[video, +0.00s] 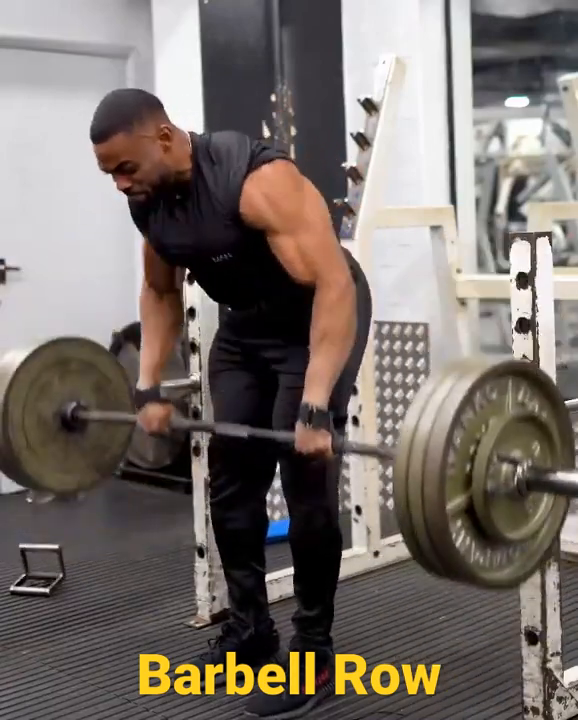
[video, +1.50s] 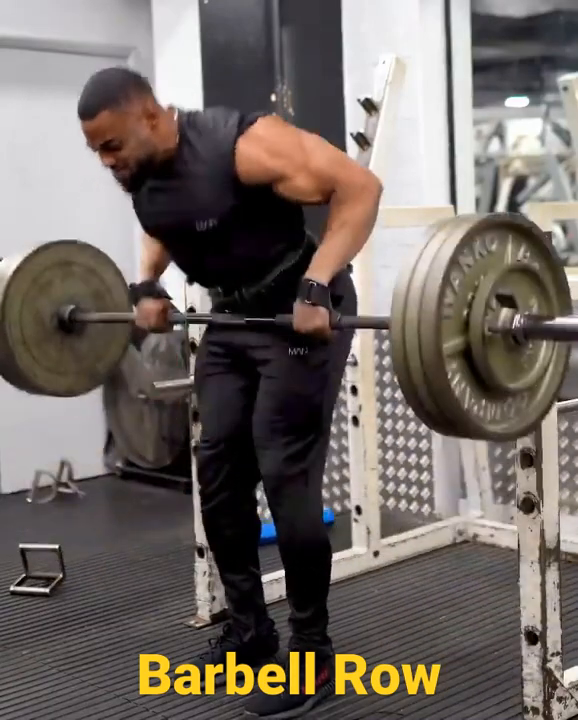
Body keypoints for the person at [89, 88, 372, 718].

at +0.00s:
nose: (120, 185)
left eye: (125, 168)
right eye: (111, 174)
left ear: (166, 137)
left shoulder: (261, 179)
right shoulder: (152, 203)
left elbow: (335, 283)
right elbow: (160, 292)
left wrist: (316, 402)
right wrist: (149, 386)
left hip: (318, 324)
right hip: (245, 333)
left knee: (307, 478)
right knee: (230, 483)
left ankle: (312, 646)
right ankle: (248, 626)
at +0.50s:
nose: (107, 227)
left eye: (113, 210)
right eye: (98, 215)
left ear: (155, 182)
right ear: (144, 188)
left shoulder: (255, 242)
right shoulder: (142, 254)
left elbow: (300, 371)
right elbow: (157, 368)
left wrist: (324, 498)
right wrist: (158, 471)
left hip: (332, 313)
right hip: (249, 324)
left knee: (297, 464)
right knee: (219, 466)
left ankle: (311, 647)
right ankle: (247, 628)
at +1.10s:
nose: (110, 190)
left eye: (117, 174)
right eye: (102, 178)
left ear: (160, 148)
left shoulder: (252, 203)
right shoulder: (143, 219)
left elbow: (315, 320)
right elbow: (154, 321)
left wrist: (312, 449)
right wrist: (149, 429)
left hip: (327, 300)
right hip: (252, 312)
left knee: (309, 468)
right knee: (237, 465)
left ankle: (311, 649)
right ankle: (250, 627)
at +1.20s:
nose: (121, 154)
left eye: (127, 137)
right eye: (113, 142)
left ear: (170, 108)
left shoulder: (260, 155)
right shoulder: (152, 177)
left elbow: (336, 262)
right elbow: (157, 273)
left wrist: (313, 380)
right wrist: (147, 369)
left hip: (309, 321)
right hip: (240, 325)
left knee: (307, 482)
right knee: (240, 480)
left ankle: (313, 651)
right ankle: (249, 630)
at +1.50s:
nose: (108, 162)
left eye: (113, 145)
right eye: (99, 151)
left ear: (154, 116)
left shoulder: (245, 143)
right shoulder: (141, 175)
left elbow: (360, 187)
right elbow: (164, 223)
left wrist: (316, 286)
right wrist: (146, 283)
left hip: (302, 322)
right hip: (229, 325)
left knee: (285, 469)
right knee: (218, 472)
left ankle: (310, 647)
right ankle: (247, 627)